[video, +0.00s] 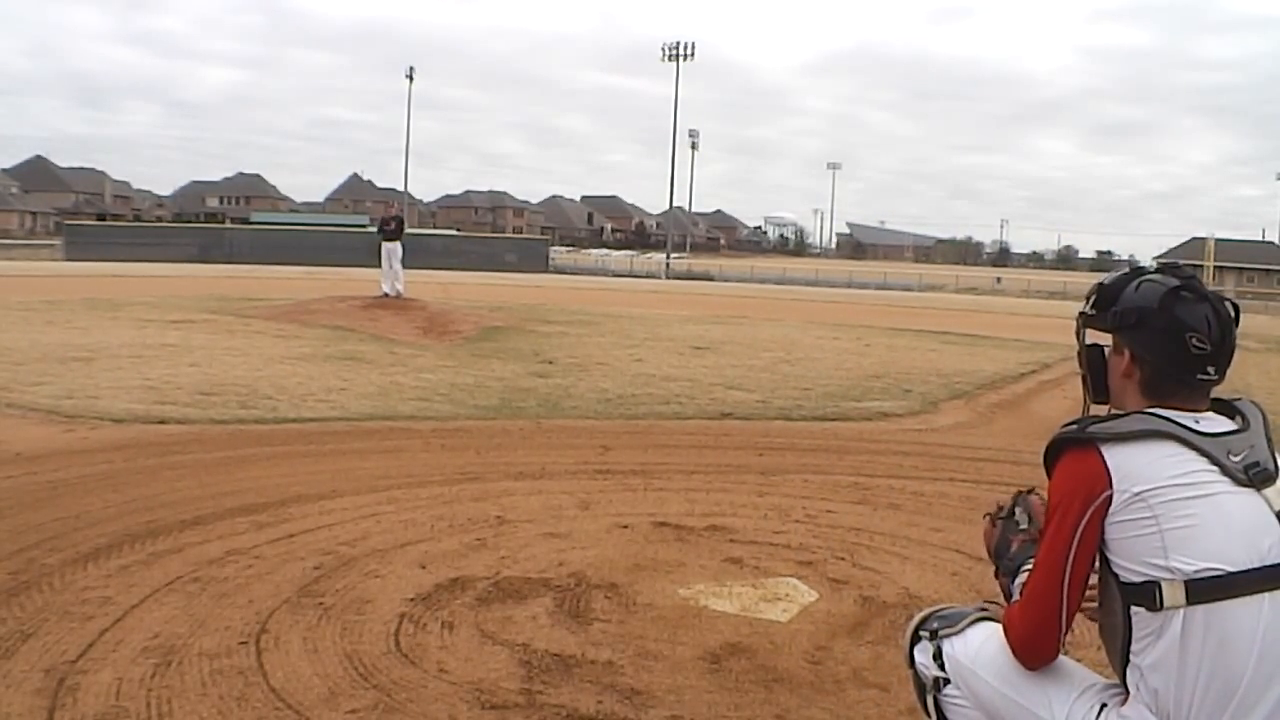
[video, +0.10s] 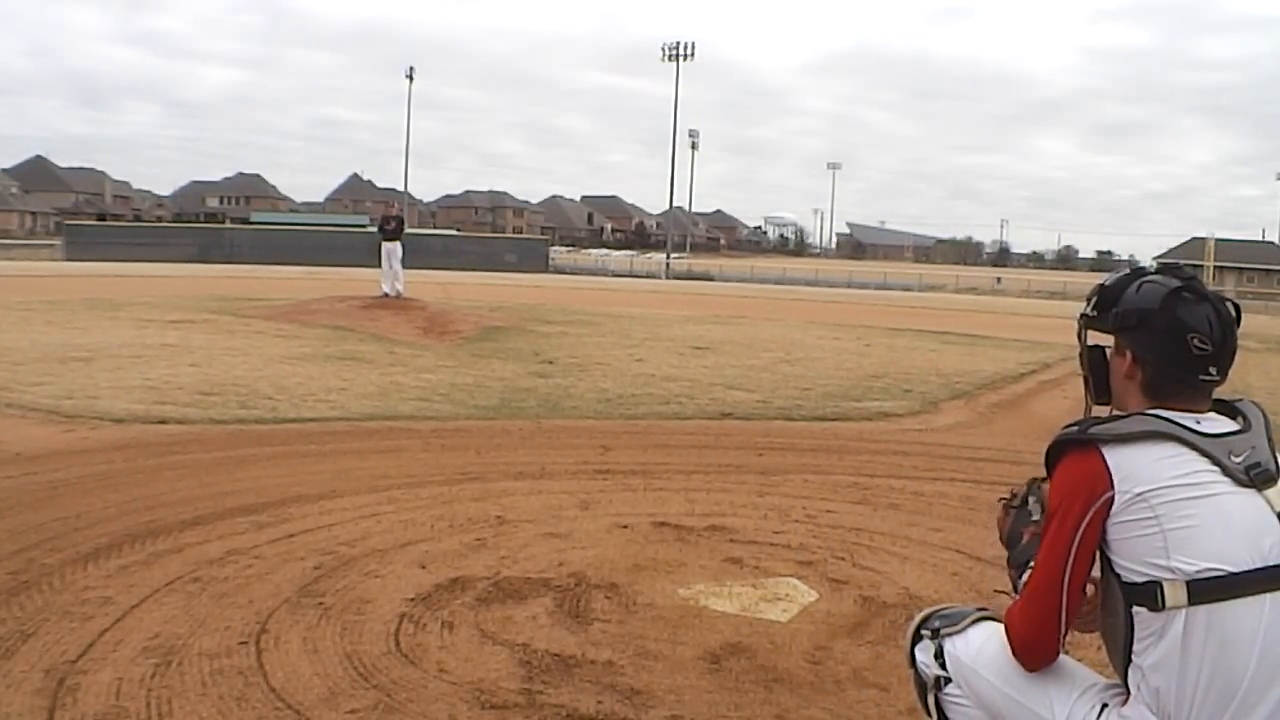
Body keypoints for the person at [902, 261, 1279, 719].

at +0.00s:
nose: (1103, 360)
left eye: (1108, 348)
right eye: (1106, 346)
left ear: (1126, 362)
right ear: (1208, 366)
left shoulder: (1099, 456)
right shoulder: (1252, 433)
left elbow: (1033, 648)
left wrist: (1021, 561)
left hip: (1163, 717)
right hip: (1262, 708)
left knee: (942, 641)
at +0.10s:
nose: (1105, 360)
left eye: (1110, 348)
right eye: (1109, 346)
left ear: (1127, 363)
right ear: (1210, 367)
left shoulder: (1100, 456)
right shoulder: (1253, 434)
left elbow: (1033, 649)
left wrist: (1030, 557)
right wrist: (1107, 606)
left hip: (1161, 717)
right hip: (1262, 709)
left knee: (943, 640)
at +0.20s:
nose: (1108, 360)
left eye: (1113, 349)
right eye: (1111, 347)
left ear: (1130, 364)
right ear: (1210, 368)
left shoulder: (1102, 458)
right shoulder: (1255, 434)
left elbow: (1032, 652)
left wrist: (1038, 546)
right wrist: (1096, 603)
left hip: (1161, 713)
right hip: (1261, 705)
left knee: (942, 640)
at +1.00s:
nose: (1147, 351)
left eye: (1154, 339)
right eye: (1151, 338)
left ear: (1171, 352)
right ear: (1246, 360)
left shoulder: (1149, 437)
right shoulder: (1272, 429)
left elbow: (977, 529)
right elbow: (1123, 527)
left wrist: (1047, 480)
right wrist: (1059, 485)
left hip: (1180, 708)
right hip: (1268, 703)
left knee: (974, 590)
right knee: (1133, 640)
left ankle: (1018, 709)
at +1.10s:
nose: (1140, 347)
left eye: (1148, 335)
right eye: (1145, 334)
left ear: (1164, 348)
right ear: (1238, 356)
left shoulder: (1146, 432)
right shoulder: (1269, 425)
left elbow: (964, 508)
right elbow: (1111, 513)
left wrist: (1034, 462)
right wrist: (1060, 475)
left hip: (1187, 706)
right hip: (1269, 704)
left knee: (978, 566)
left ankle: (984, 710)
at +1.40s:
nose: (1060, 342)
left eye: (1066, 332)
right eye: (1066, 328)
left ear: (1081, 346)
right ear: (1156, 354)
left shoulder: (1061, 428)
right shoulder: (1201, 424)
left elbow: (878, 489)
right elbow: (1024, 496)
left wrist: (962, 444)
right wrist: (980, 455)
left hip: (1126, 707)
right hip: (1237, 707)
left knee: (915, 581)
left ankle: (882, 709)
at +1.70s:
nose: (1010, 323)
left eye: (1015, 313)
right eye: (1015, 310)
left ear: (1028, 328)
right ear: (1105, 334)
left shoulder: (993, 399)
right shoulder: (1152, 401)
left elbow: (828, 451)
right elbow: (1211, 506)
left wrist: (942, 429)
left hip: (1063, 700)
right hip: (1196, 697)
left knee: (865, 577)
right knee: (1209, 573)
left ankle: (856, 709)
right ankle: (1230, 706)